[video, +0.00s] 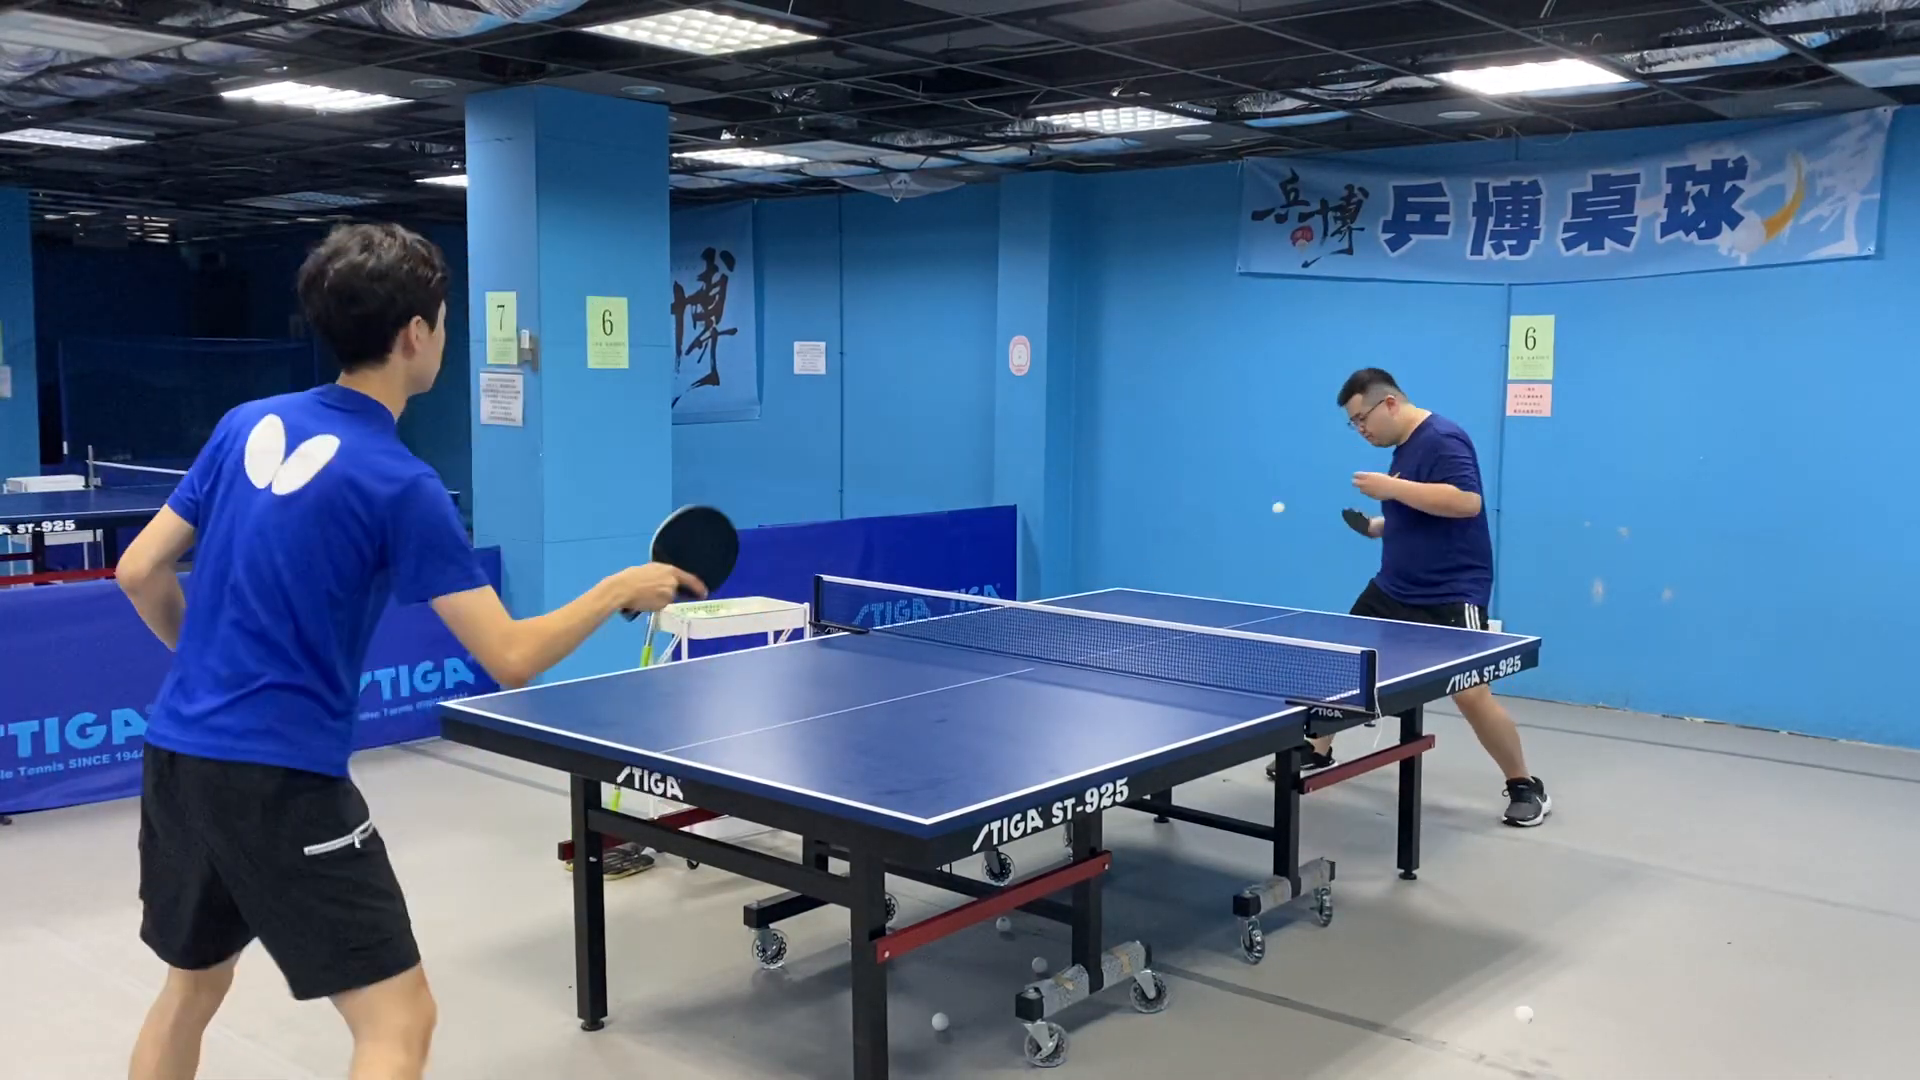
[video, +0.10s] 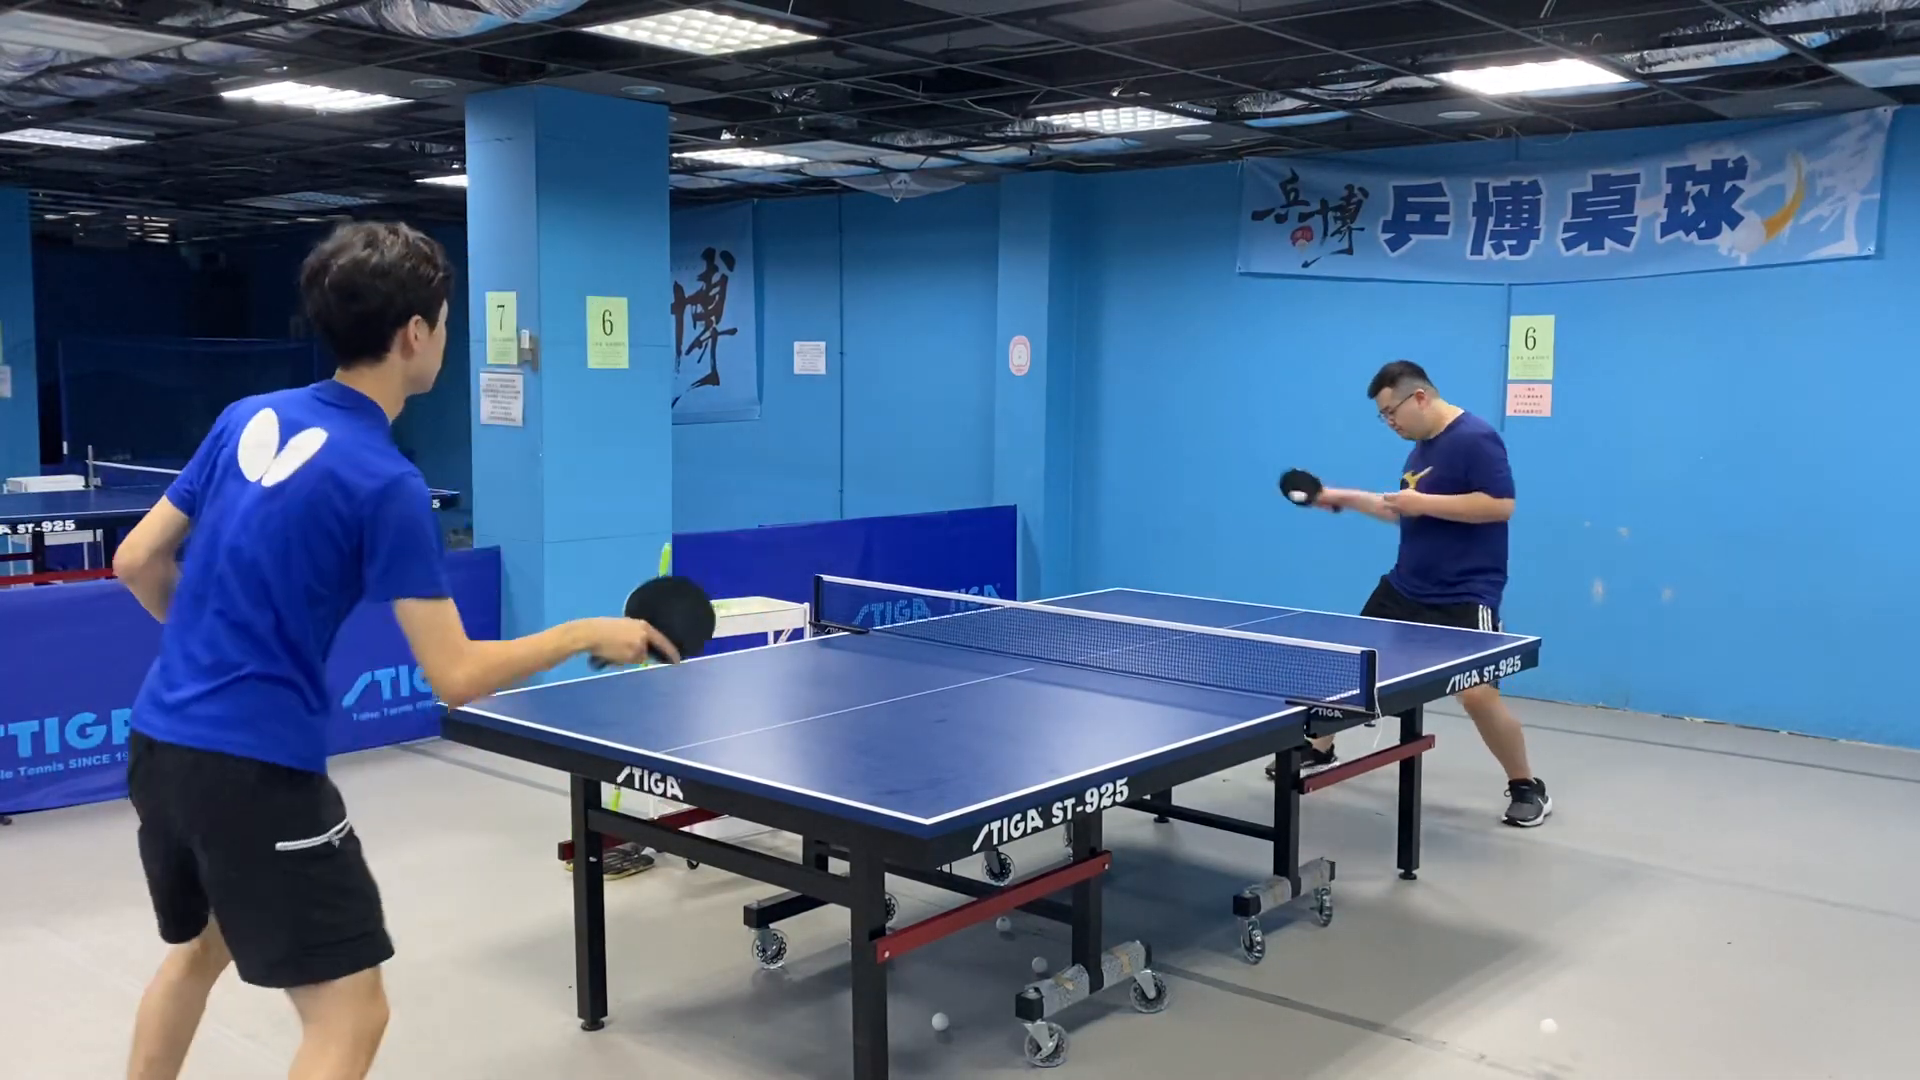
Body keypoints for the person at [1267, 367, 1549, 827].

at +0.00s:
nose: (1360, 431)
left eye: (1361, 419)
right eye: (1354, 423)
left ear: (1391, 403)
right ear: (1387, 409)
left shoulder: (1444, 438)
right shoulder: (1404, 449)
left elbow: (1469, 502)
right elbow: (1419, 520)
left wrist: (1392, 488)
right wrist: (1378, 527)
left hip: (1451, 598)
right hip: (1392, 590)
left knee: (1470, 693)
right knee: (1337, 661)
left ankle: (1522, 785)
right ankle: (1315, 750)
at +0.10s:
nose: (1389, 424)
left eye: (1391, 412)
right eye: (1384, 416)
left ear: (1421, 397)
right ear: (1414, 403)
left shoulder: (1477, 439)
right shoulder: (1420, 449)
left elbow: (1501, 505)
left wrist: (1422, 504)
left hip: (1464, 597)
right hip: (1403, 588)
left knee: (1476, 695)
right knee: (1346, 663)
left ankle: (1524, 785)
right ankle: (1316, 748)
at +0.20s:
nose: (1406, 411)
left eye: (1412, 399)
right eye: (1402, 402)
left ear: (1447, 389)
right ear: (1408, 401)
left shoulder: (1498, 438)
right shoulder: (1417, 441)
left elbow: (1523, 504)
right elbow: (1376, 486)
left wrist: (1446, 501)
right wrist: (1356, 461)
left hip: (1474, 593)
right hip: (1411, 583)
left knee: (1485, 689)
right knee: (1346, 657)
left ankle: (1525, 785)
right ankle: (1315, 741)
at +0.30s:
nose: (1417, 396)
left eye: (1426, 386)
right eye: (1411, 387)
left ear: (1458, 380)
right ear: (1409, 388)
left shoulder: (1504, 436)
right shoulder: (1411, 434)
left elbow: (1533, 503)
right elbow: (1374, 487)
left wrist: (1463, 496)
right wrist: (1375, 461)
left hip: (1476, 593)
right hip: (1403, 585)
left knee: (1501, 688)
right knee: (1344, 659)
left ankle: (1527, 784)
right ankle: (1324, 742)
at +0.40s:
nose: (1415, 391)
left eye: (1425, 381)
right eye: (1409, 382)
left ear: (1456, 378)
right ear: (1405, 383)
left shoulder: (1500, 435)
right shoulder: (1398, 431)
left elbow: (1529, 500)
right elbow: (1365, 492)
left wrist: (1470, 498)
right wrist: (1371, 487)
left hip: (1471, 590)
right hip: (1393, 582)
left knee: (1502, 687)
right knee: (1336, 658)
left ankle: (1528, 783)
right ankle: (1325, 743)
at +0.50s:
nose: (1403, 393)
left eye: (1414, 384)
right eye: (1396, 385)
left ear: (1442, 384)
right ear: (1391, 387)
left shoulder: (1484, 439)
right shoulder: (1382, 438)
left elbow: (1516, 501)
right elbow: (1360, 499)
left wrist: (1466, 506)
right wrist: (1348, 496)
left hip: (1457, 591)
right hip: (1381, 584)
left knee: (1494, 681)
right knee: (1327, 659)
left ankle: (1527, 783)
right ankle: (1325, 749)